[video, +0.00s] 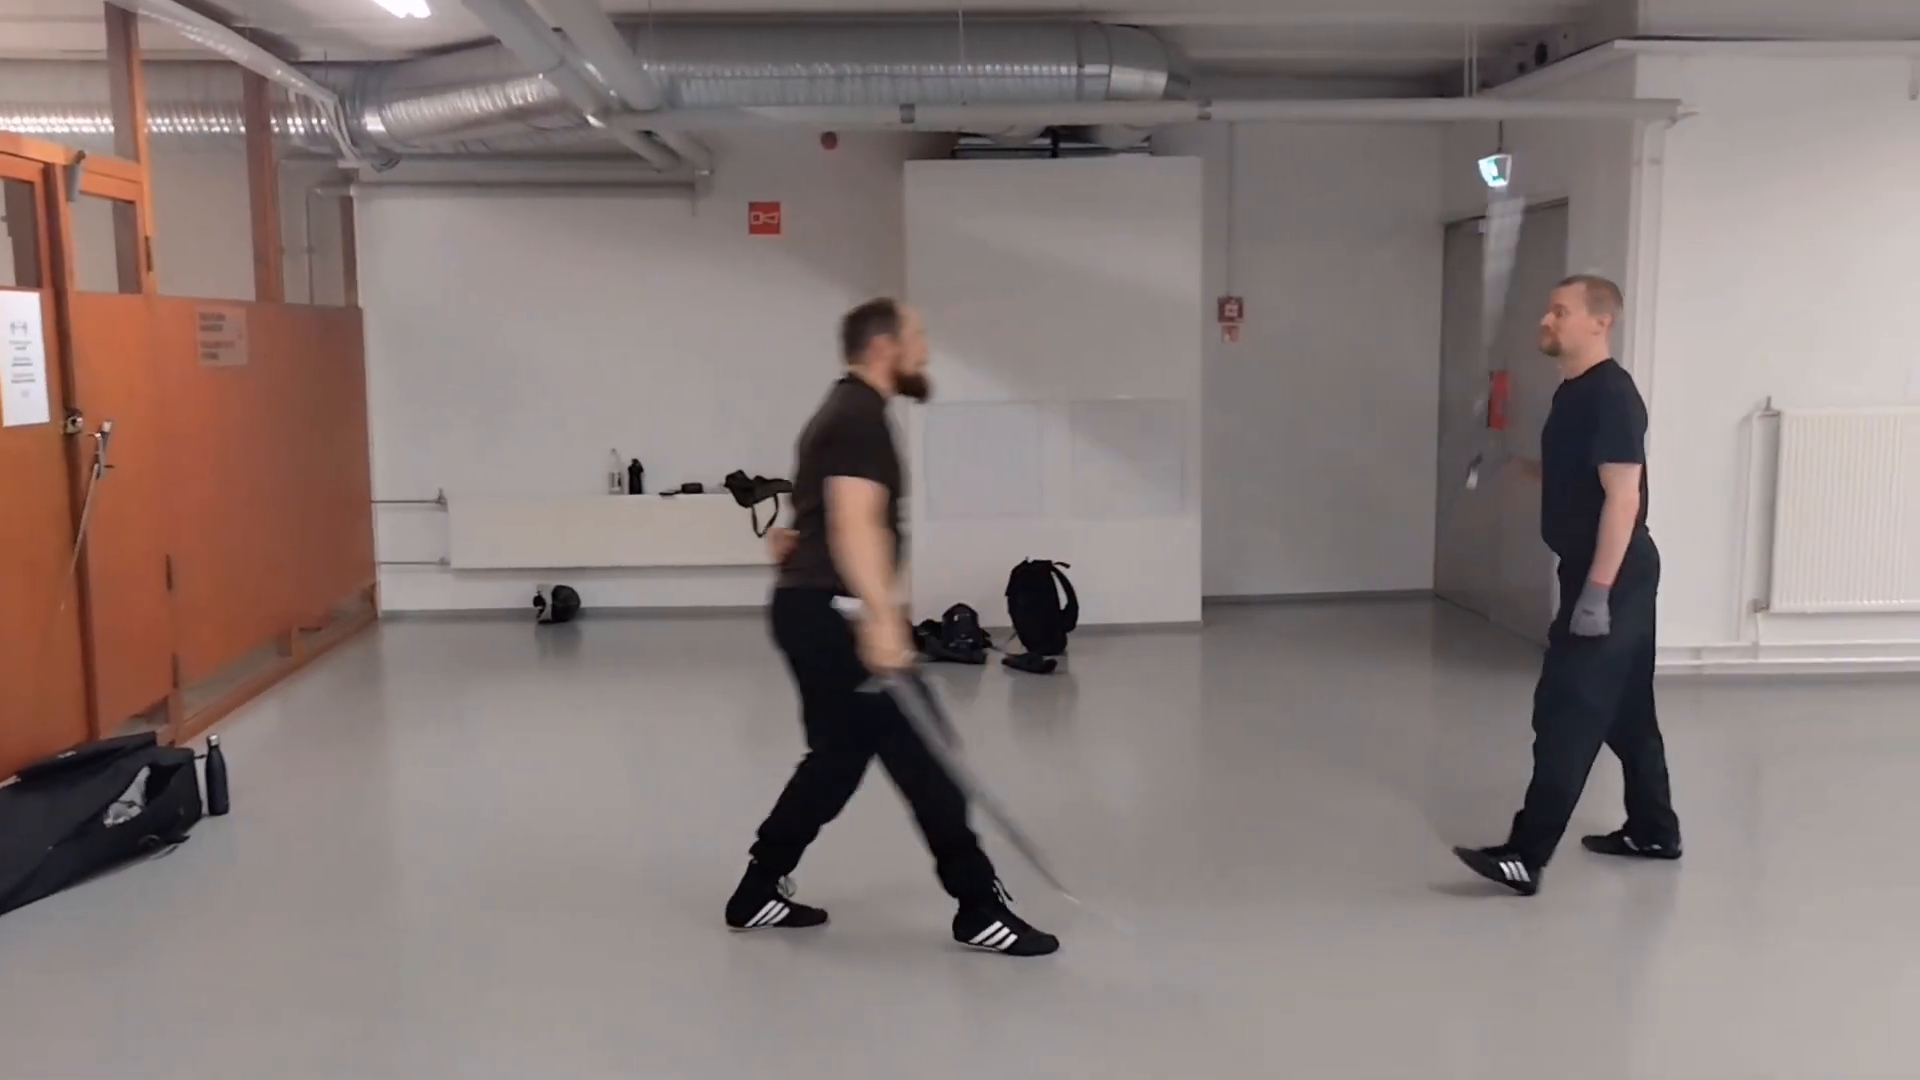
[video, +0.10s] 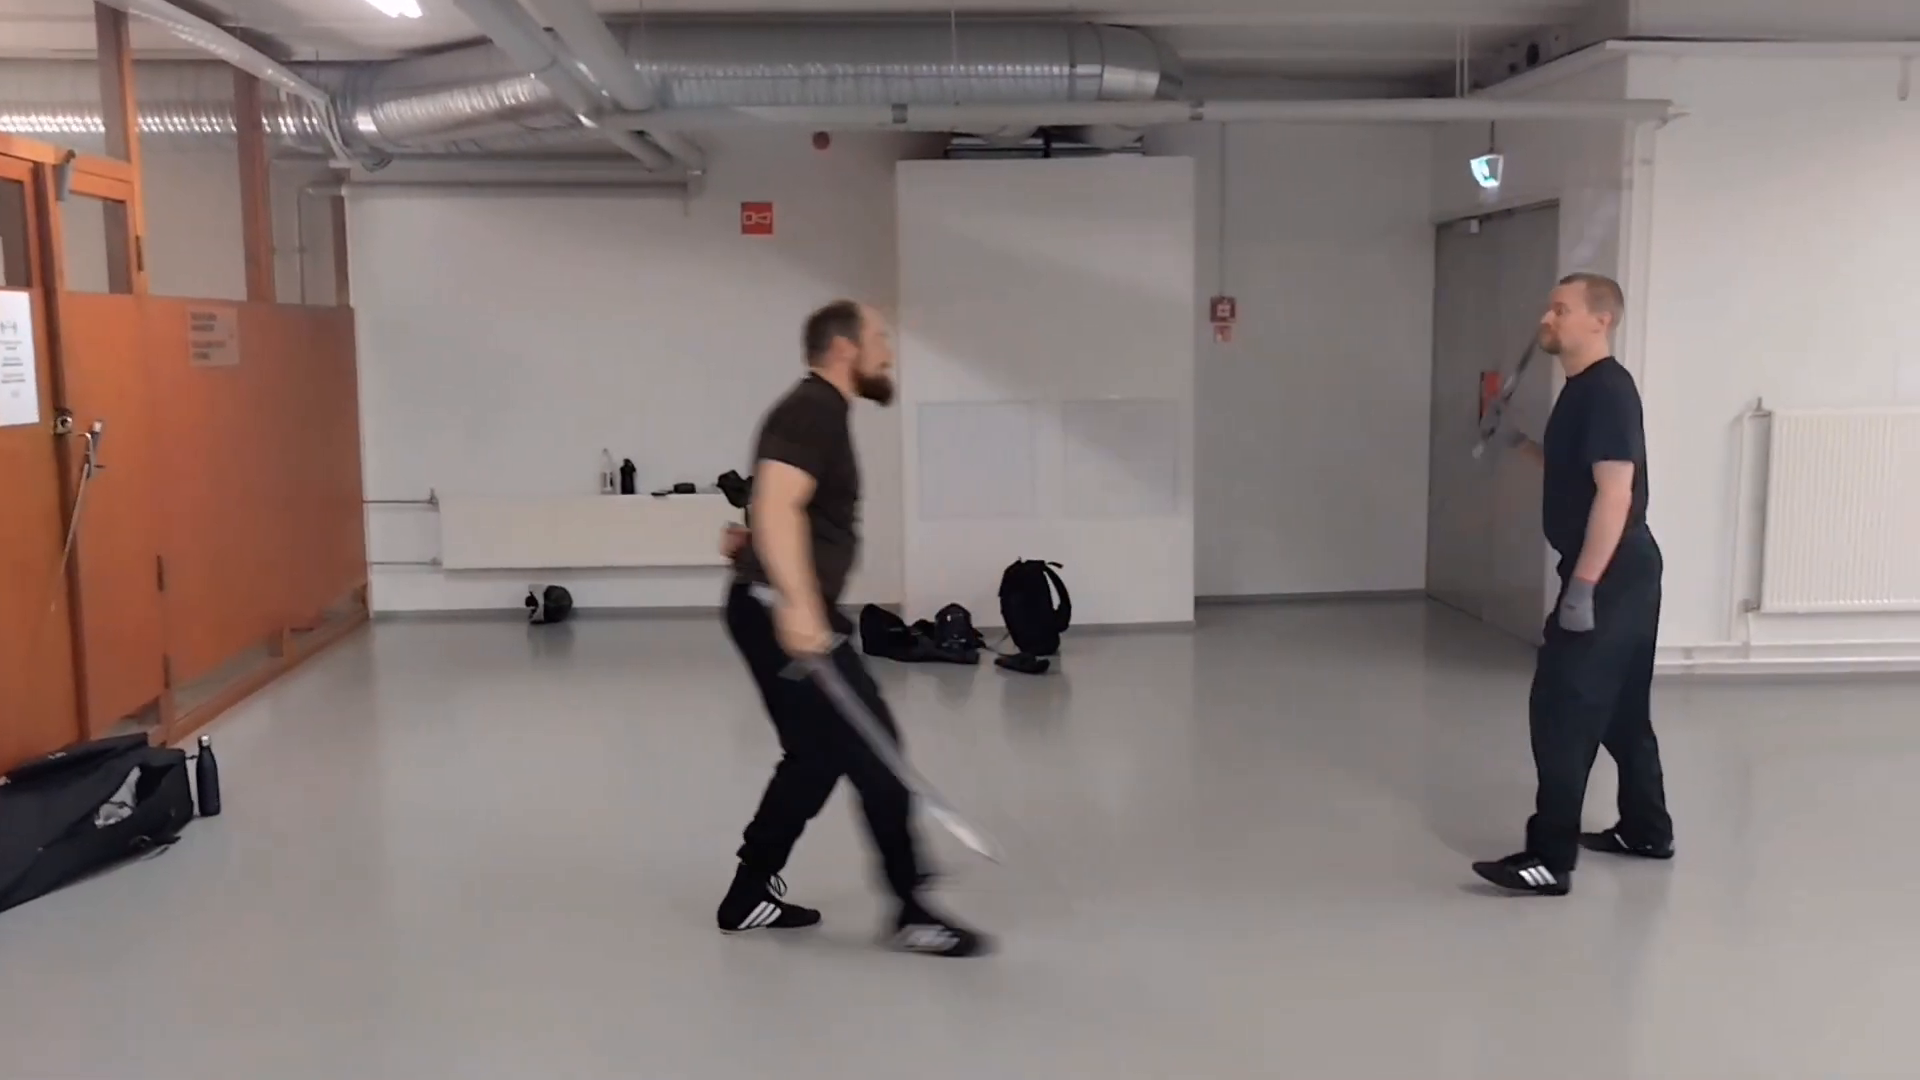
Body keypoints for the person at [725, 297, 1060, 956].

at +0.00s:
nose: (925, 350)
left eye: (922, 338)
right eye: (916, 337)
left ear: (872, 348)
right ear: (882, 346)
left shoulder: (841, 413)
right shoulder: (859, 416)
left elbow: (796, 534)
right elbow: (854, 522)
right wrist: (881, 616)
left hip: (815, 612)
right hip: (837, 612)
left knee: (839, 756)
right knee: (921, 755)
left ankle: (757, 892)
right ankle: (979, 908)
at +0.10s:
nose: (889, 353)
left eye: (886, 340)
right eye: (879, 340)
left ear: (839, 348)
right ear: (842, 347)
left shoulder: (825, 413)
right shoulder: (810, 410)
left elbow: (802, 510)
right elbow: (774, 509)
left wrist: (758, 541)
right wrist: (801, 606)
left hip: (786, 609)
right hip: (783, 611)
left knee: (815, 750)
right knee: (873, 745)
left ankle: (749, 893)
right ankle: (911, 909)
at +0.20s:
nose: (855, 350)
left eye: (852, 338)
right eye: (845, 337)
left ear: (808, 347)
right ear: (809, 346)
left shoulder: (794, 412)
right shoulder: (773, 406)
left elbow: (748, 506)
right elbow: (720, 502)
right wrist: (732, 600)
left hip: (764, 607)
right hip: (743, 609)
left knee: (804, 746)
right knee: (796, 747)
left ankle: (760, 889)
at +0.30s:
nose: (824, 350)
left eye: (820, 337)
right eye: (813, 337)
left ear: (776, 350)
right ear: (774, 347)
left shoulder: (760, 413)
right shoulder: (732, 404)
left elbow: (715, 501)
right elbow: (674, 499)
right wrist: (683, 595)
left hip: (727, 605)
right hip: (688, 603)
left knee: (763, 752)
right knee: (724, 750)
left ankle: (734, 896)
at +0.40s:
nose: (785, 353)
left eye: (781, 340)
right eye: (774, 341)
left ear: (736, 352)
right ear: (736, 352)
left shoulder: (724, 418)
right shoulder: (696, 409)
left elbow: (670, 508)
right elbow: (637, 504)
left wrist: (635, 525)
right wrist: (653, 603)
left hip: (688, 614)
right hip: (638, 613)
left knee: (738, 749)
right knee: (619, 761)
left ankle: (727, 897)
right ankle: (503, 887)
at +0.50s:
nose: (740, 362)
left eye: (736, 349)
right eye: (728, 350)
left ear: (693, 362)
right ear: (689, 361)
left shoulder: (680, 431)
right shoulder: (646, 422)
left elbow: (637, 519)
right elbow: (595, 520)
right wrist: (626, 615)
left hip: (651, 629)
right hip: (594, 630)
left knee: (713, 752)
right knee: (537, 767)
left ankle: (720, 897)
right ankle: (424, 899)